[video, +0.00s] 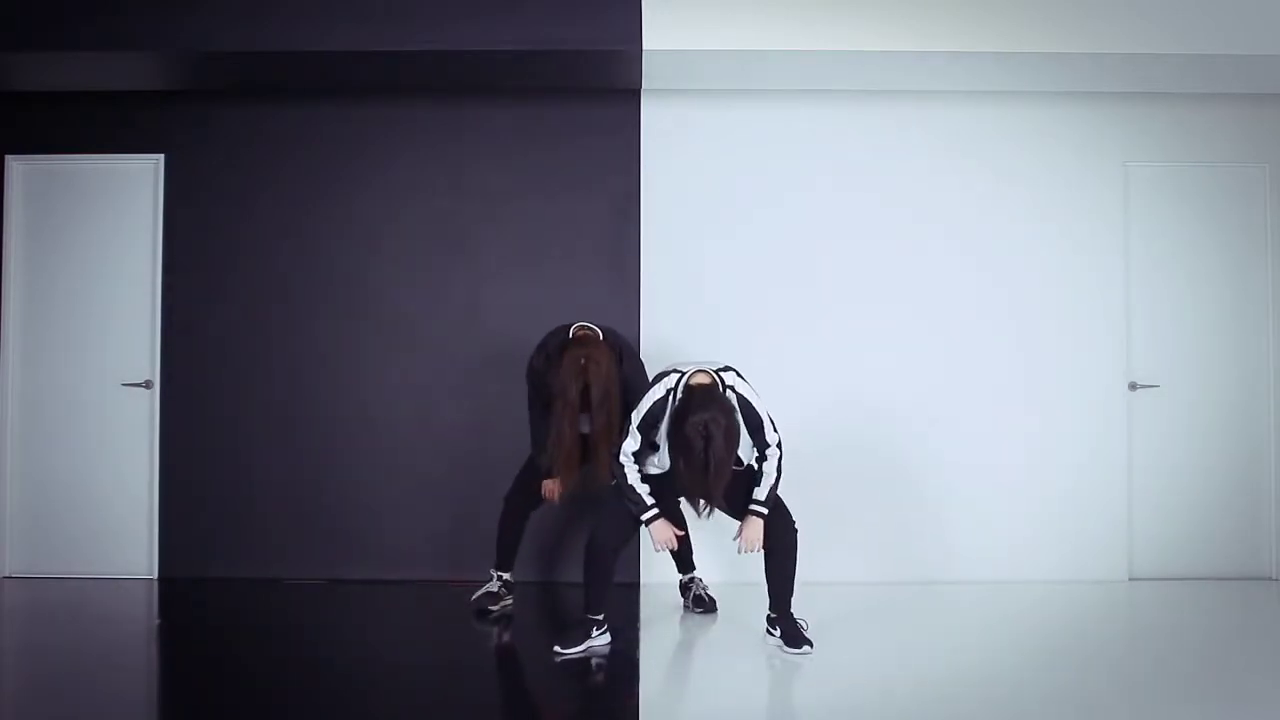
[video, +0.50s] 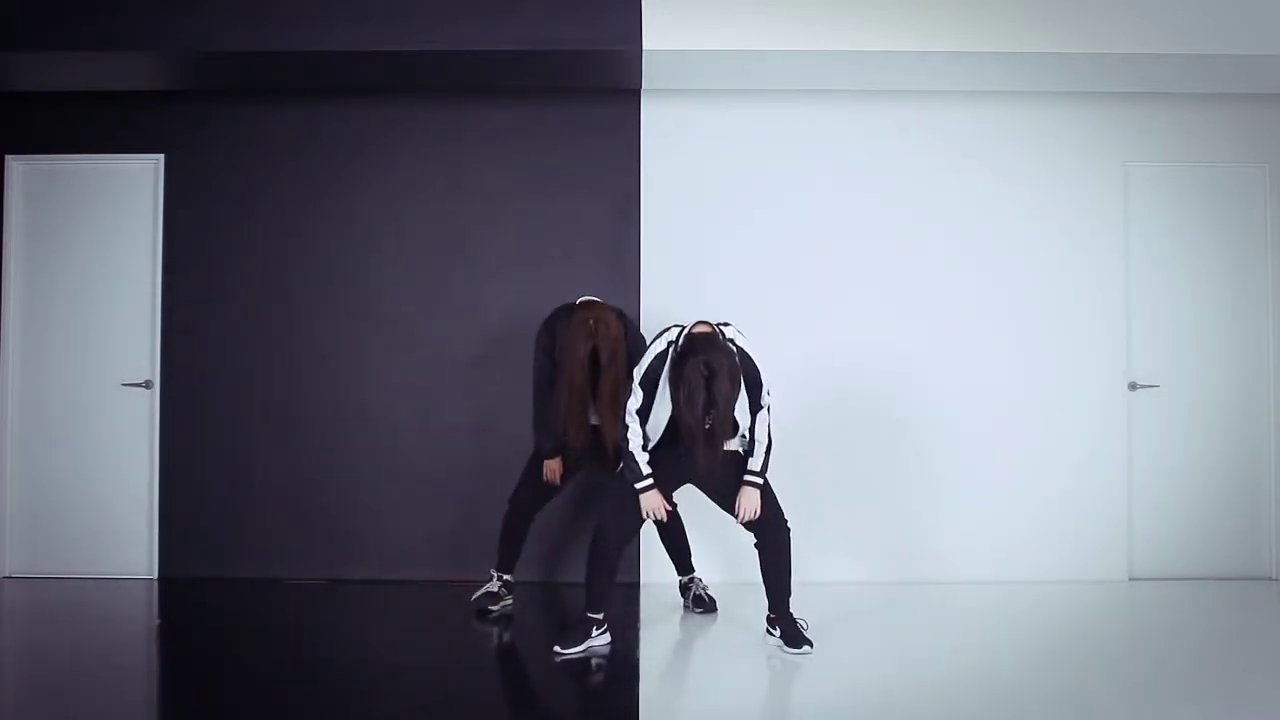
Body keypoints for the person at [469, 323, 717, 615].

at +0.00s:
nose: (589, 396)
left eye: (595, 391)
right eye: (582, 391)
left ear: (606, 366)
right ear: (565, 368)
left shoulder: (624, 356)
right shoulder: (544, 358)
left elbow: (644, 414)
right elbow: (540, 419)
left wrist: (636, 462)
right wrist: (549, 470)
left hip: (620, 442)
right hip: (564, 443)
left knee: (666, 502)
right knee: (517, 501)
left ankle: (690, 580)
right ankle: (502, 580)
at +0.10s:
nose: (592, 390)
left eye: (598, 382)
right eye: (584, 383)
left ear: (608, 359)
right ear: (568, 359)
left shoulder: (627, 353)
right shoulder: (548, 351)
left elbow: (645, 408)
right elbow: (542, 412)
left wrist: (641, 459)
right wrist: (551, 466)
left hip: (621, 442)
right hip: (565, 442)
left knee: (665, 503)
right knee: (517, 504)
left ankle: (689, 581)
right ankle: (502, 581)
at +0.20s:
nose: (595, 378)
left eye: (601, 370)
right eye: (586, 371)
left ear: (610, 349)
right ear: (570, 350)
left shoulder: (627, 345)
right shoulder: (550, 344)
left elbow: (645, 399)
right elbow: (544, 407)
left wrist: (645, 451)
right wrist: (552, 462)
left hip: (621, 440)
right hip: (565, 441)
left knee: (663, 503)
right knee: (519, 504)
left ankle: (689, 582)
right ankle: (502, 581)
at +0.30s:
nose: (594, 370)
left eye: (599, 363)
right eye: (586, 364)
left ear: (610, 343)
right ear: (570, 343)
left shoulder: (626, 337)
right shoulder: (552, 337)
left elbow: (645, 391)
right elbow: (544, 401)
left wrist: (645, 447)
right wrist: (552, 457)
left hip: (621, 439)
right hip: (567, 440)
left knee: (663, 503)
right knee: (520, 503)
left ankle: (690, 581)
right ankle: (501, 581)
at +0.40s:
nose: (593, 365)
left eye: (599, 359)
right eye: (586, 359)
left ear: (610, 337)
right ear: (571, 339)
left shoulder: (626, 333)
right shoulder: (552, 333)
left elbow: (646, 391)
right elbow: (544, 398)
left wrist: (642, 446)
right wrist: (551, 454)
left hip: (622, 438)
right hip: (568, 440)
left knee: (662, 502)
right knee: (521, 504)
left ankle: (690, 582)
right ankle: (501, 581)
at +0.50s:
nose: (594, 361)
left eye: (600, 355)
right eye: (587, 355)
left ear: (611, 335)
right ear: (573, 337)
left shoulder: (626, 330)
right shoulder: (554, 330)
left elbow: (645, 387)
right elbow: (544, 393)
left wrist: (642, 444)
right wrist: (549, 450)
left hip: (619, 437)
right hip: (567, 439)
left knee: (660, 501)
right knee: (523, 503)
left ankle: (690, 583)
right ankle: (501, 582)